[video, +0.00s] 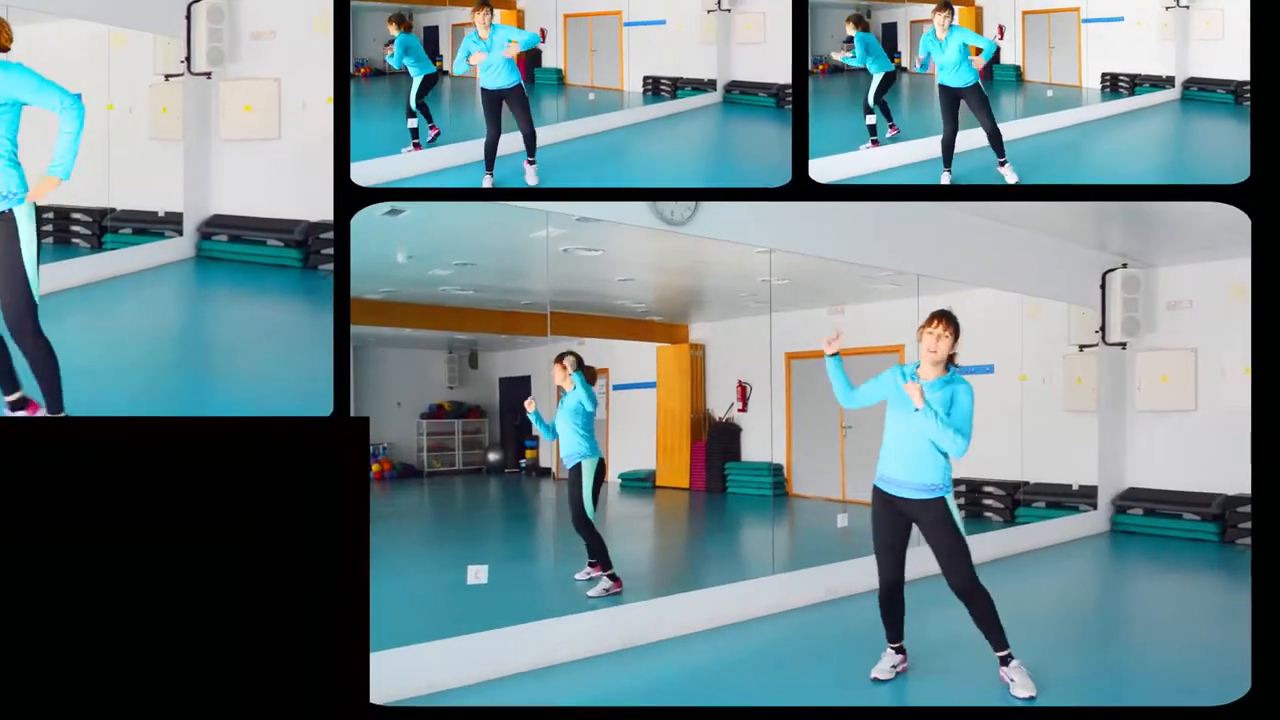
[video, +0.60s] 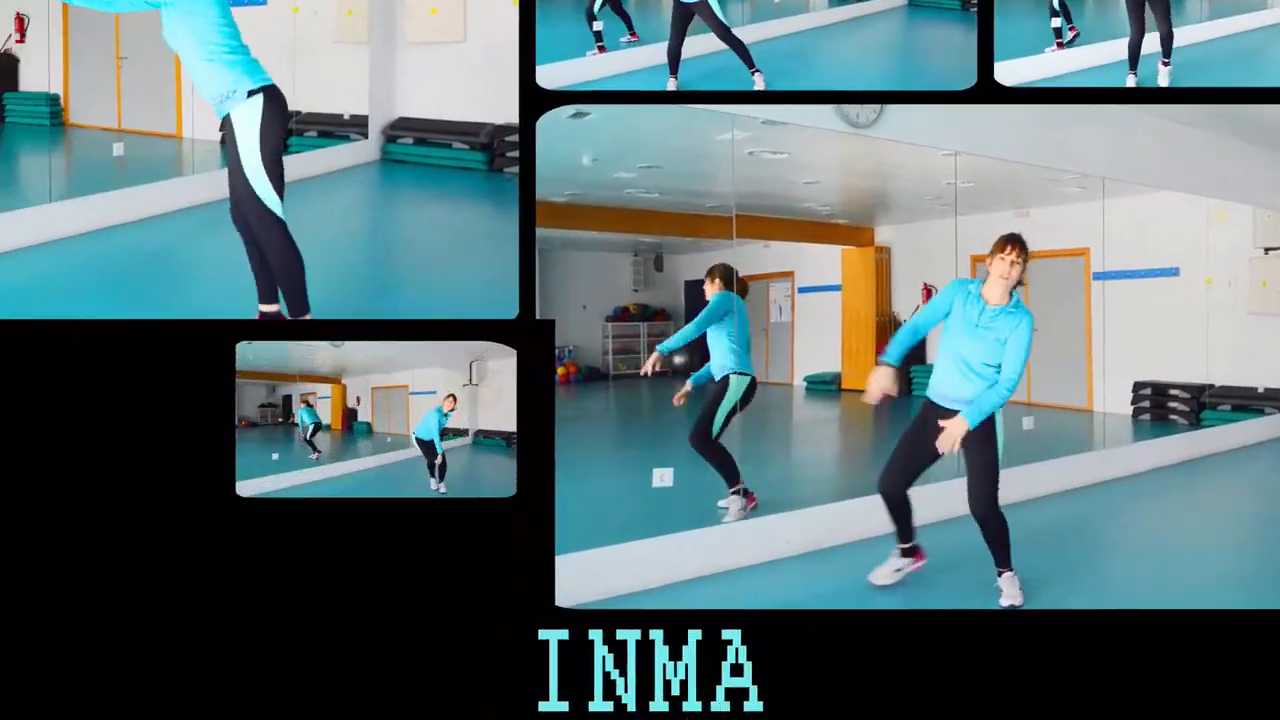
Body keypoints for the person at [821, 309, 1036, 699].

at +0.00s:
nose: (935, 341)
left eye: (944, 337)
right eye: (931, 334)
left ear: (954, 346)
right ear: (919, 338)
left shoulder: (959, 388)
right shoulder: (898, 376)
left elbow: (957, 446)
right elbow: (849, 398)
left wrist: (922, 406)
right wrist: (832, 357)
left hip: (932, 498)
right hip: (887, 494)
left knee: (964, 583)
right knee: (889, 581)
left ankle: (1008, 662)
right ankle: (895, 652)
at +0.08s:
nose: (924, 340)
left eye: (933, 336)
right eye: (919, 332)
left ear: (941, 346)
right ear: (907, 337)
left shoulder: (944, 387)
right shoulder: (881, 372)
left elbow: (934, 442)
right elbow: (827, 388)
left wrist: (912, 397)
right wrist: (836, 341)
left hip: (916, 494)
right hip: (874, 492)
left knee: (945, 582)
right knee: (883, 581)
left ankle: (985, 658)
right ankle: (898, 650)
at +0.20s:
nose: (920, 329)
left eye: (928, 324)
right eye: (915, 320)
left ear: (935, 333)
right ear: (902, 323)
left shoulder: (935, 372)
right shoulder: (875, 355)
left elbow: (917, 418)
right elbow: (834, 372)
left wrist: (903, 375)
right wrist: (867, 327)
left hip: (913, 477)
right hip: (872, 475)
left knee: (920, 565)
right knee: (894, 565)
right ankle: (914, 633)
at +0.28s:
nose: (925, 317)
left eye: (933, 312)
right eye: (920, 308)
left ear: (940, 321)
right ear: (907, 308)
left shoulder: (938, 358)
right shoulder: (881, 337)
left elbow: (920, 403)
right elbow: (861, 370)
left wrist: (899, 366)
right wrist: (897, 332)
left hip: (917, 462)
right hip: (876, 461)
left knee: (910, 551)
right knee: (905, 549)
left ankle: (896, 636)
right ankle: (938, 622)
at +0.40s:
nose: (950, 300)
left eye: (957, 296)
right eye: (945, 291)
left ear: (961, 304)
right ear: (930, 293)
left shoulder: (959, 346)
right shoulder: (899, 327)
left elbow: (943, 398)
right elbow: (898, 369)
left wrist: (907, 374)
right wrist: (949, 352)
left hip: (932, 447)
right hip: (891, 445)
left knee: (918, 539)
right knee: (909, 539)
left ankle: (913, 618)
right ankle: (958, 590)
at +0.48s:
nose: (972, 288)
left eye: (979, 285)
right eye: (967, 280)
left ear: (984, 294)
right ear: (952, 283)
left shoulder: (981, 337)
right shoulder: (920, 315)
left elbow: (964, 393)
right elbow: (904, 369)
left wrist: (910, 395)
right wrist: (953, 383)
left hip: (949, 438)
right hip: (907, 433)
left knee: (941, 529)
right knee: (896, 524)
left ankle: (945, 601)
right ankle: (953, 563)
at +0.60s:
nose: (1009, 265)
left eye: (1017, 262)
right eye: (1003, 257)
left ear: (1022, 274)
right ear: (989, 261)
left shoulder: (1020, 320)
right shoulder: (959, 291)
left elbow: (1007, 384)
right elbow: (916, 325)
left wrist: (965, 419)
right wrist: (887, 364)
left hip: (979, 414)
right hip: (936, 406)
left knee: (983, 505)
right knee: (890, 485)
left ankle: (1005, 574)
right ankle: (908, 552)